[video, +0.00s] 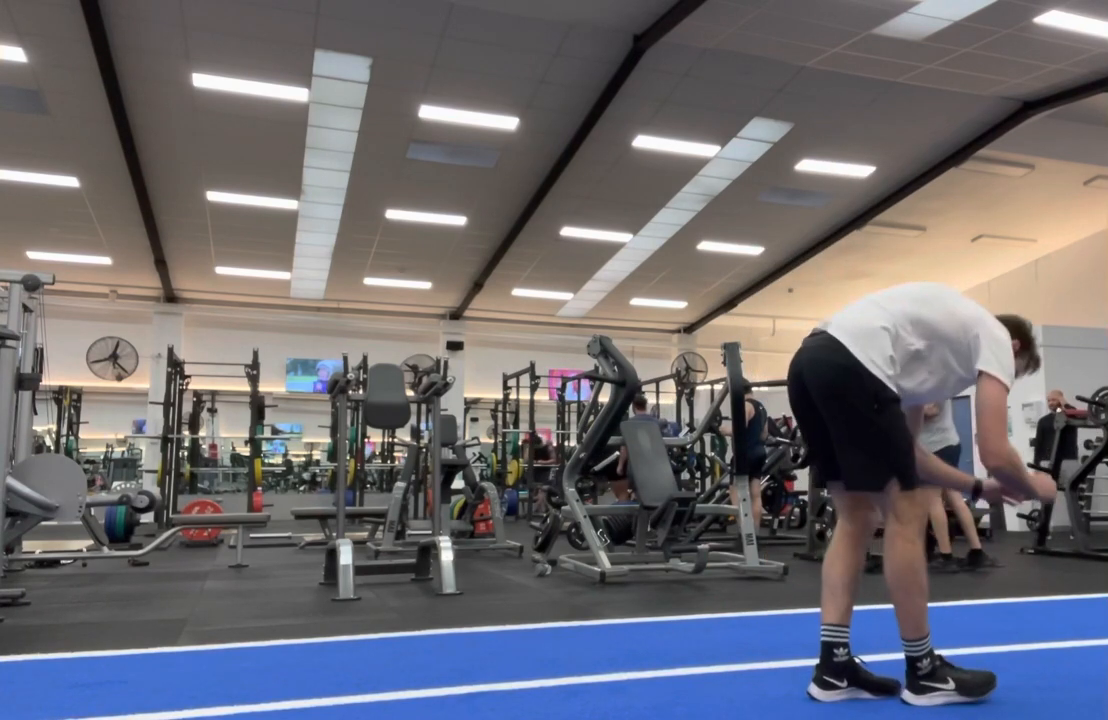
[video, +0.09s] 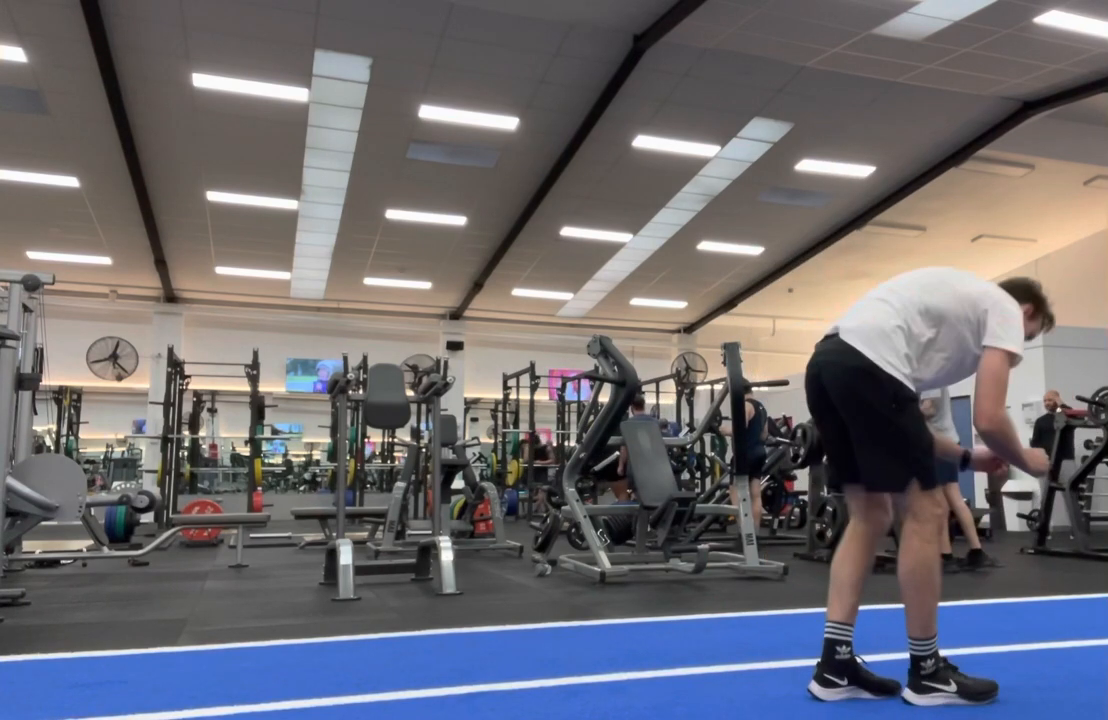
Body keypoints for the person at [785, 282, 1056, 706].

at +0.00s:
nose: (1011, 377)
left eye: (1016, 374)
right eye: (1017, 368)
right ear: (1015, 343)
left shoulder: (926, 354)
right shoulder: (994, 336)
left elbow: (905, 449)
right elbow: (994, 452)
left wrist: (979, 485)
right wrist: (1027, 483)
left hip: (808, 365)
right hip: (854, 368)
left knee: (855, 517)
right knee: (907, 512)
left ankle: (833, 665)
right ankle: (923, 670)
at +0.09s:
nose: (1024, 342)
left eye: (1030, 337)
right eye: (1029, 332)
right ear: (1026, 310)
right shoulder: (1004, 308)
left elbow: (899, 419)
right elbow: (988, 419)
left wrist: (969, 457)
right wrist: (1026, 458)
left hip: (827, 366)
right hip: (872, 370)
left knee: (868, 514)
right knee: (924, 513)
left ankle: (835, 662)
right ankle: (927, 670)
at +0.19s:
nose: (1037, 305)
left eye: (1042, 299)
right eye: (1042, 294)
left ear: (1005, 261)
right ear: (1033, 275)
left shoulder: (951, 274)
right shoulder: (1009, 282)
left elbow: (902, 364)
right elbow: (987, 384)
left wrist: (946, 440)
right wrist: (1017, 443)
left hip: (844, 368)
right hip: (894, 371)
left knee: (895, 512)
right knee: (943, 512)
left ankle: (844, 644)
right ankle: (928, 668)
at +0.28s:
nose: (1042, 273)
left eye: (1046, 267)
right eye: (1046, 263)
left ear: (1008, 237)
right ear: (1035, 244)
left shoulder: (959, 254)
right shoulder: (1012, 260)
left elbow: (898, 325)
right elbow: (989, 357)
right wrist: (1015, 436)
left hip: (866, 366)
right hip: (911, 371)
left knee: (918, 509)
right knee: (948, 517)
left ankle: (868, 631)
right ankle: (929, 667)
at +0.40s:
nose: (1046, 248)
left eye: (1050, 241)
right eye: (1048, 239)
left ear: (1007, 217)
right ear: (1035, 221)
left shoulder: (955, 243)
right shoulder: (1018, 243)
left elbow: (916, 324)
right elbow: (996, 332)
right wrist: (1014, 421)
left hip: (883, 368)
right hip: (926, 371)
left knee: (928, 512)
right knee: (950, 515)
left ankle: (909, 650)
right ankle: (927, 666)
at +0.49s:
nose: (1046, 234)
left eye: (1050, 226)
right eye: (1049, 225)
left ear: (1004, 206)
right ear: (1033, 208)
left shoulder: (953, 240)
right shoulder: (1020, 236)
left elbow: (915, 323)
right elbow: (1001, 319)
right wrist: (1017, 412)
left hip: (896, 373)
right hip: (942, 375)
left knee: (935, 514)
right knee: (975, 514)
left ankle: (923, 651)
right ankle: (931, 659)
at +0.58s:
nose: (1047, 228)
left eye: (1051, 220)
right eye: (1049, 218)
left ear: (1003, 204)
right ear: (1034, 204)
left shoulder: (951, 245)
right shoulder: (1021, 234)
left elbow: (931, 330)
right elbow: (1004, 318)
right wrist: (1024, 409)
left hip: (905, 380)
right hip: (957, 381)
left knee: (944, 517)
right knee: (1017, 508)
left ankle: (925, 655)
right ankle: (945, 637)